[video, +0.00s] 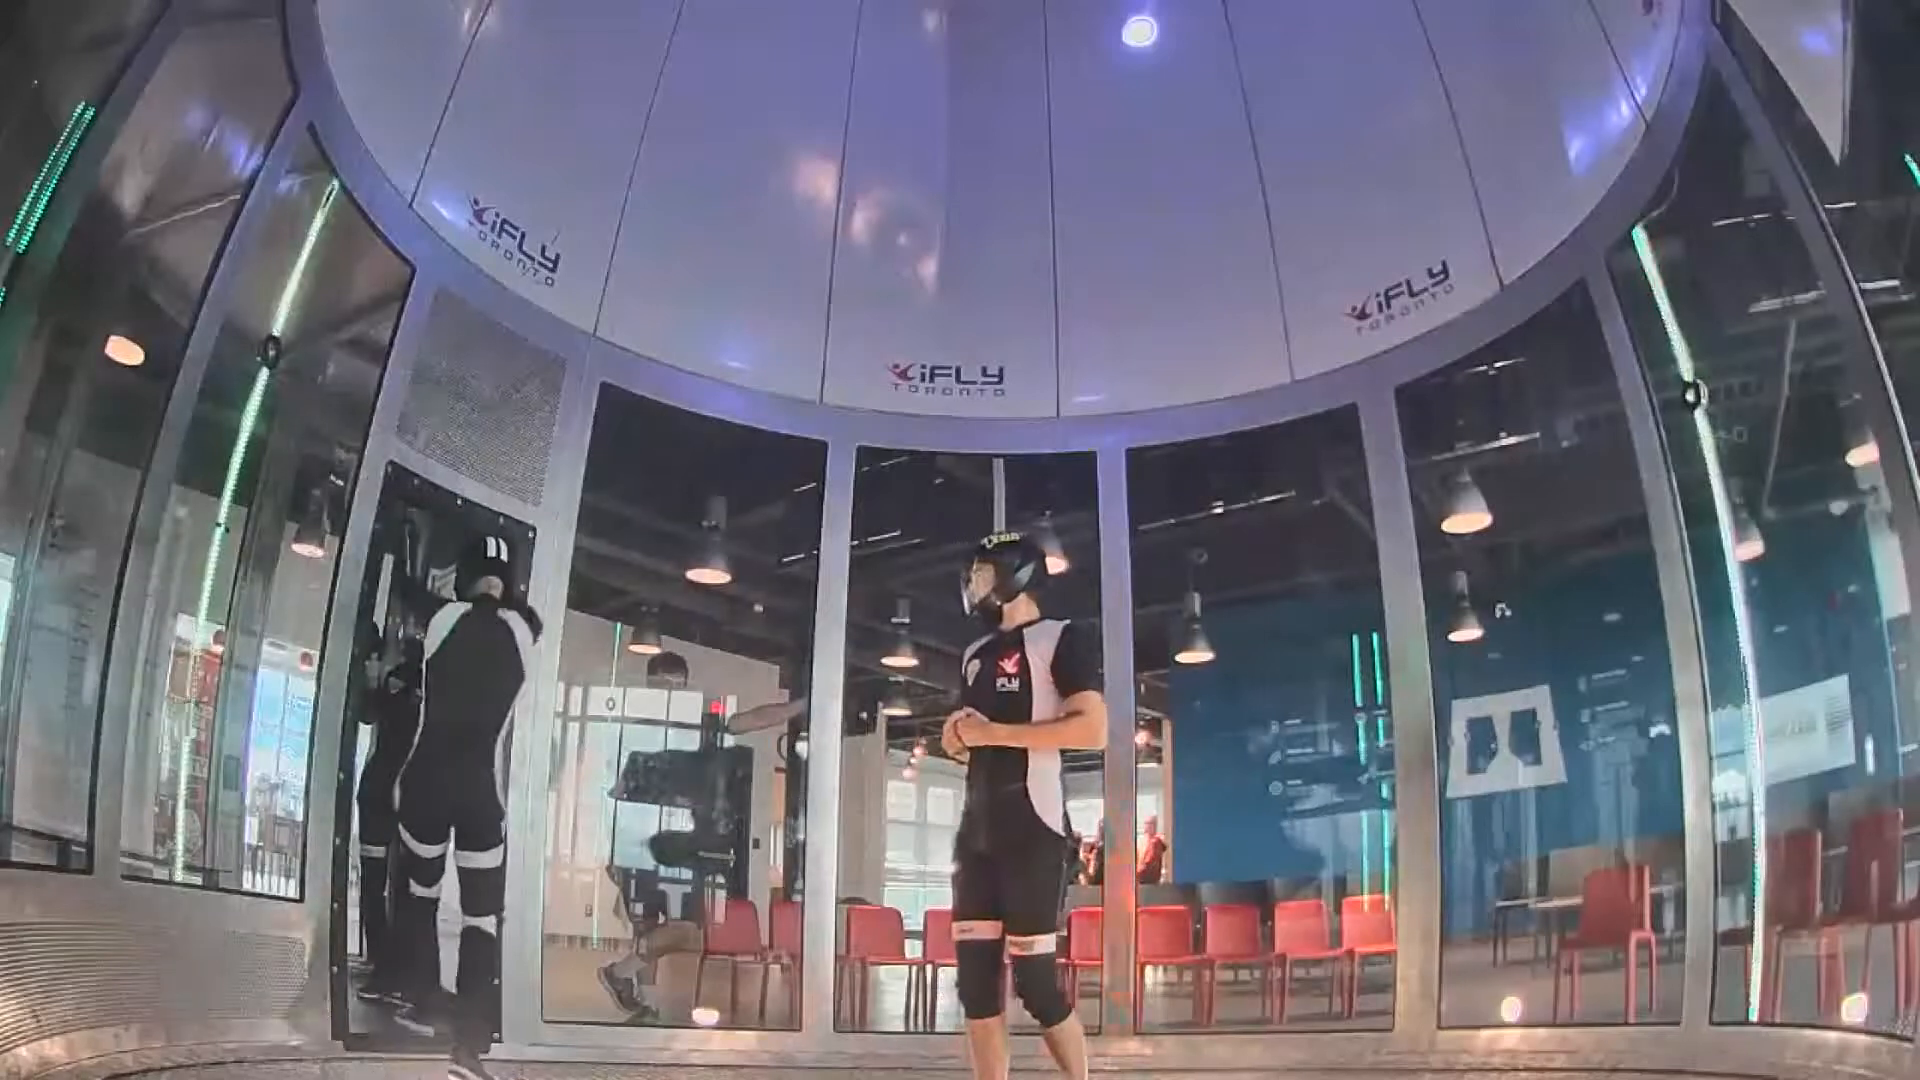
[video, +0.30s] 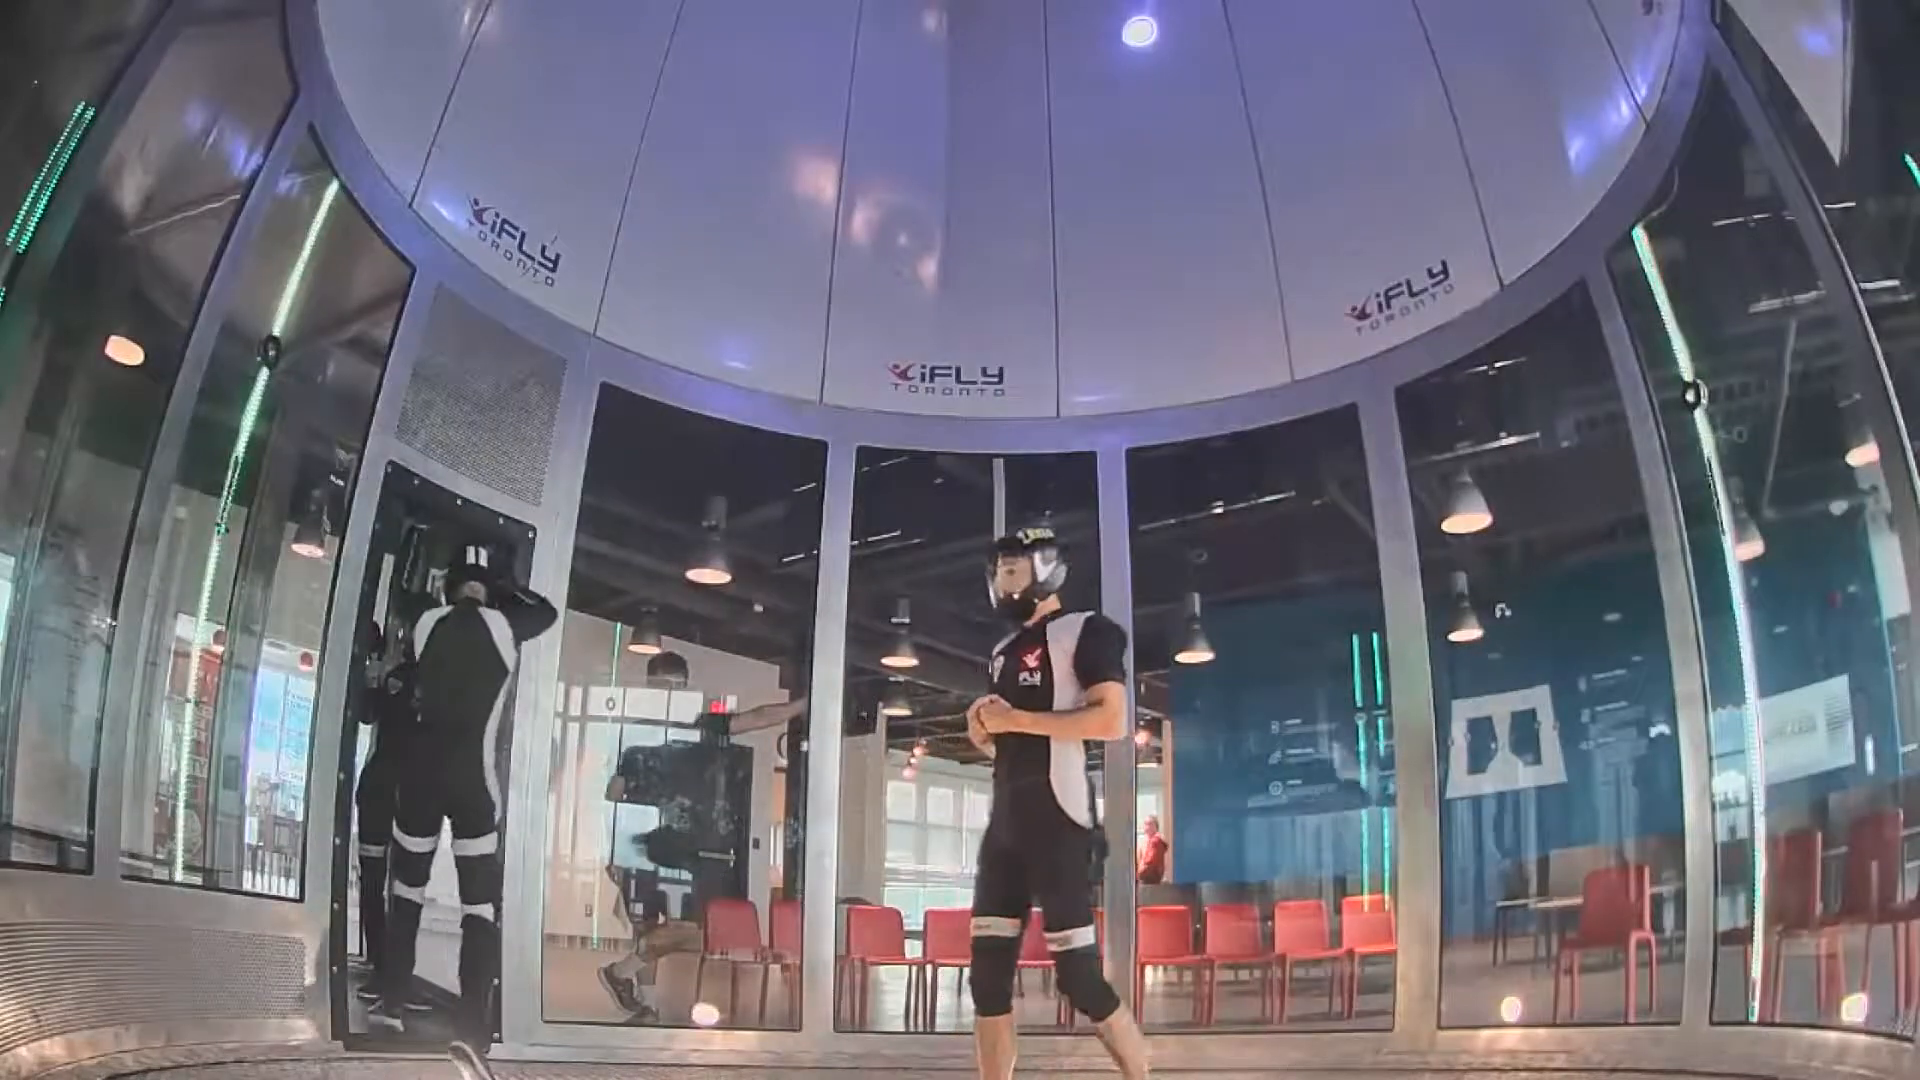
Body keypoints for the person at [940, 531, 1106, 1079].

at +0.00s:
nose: (972, 584)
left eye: (982, 573)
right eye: (972, 575)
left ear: (1017, 575)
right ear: (991, 581)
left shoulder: (1067, 637)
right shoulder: (975, 653)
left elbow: (1092, 729)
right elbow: (965, 751)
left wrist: (995, 731)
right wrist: (954, 737)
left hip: (1036, 828)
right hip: (977, 828)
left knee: (1035, 977)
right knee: (976, 980)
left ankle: (1079, 1076)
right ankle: (991, 1078)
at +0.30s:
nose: (1004, 580)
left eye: (1014, 569)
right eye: (999, 570)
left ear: (1049, 569)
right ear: (996, 577)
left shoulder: (1091, 630)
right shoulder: (1004, 651)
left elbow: (1112, 720)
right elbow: (998, 750)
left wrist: (1020, 720)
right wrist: (980, 730)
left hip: (1064, 822)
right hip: (1007, 821)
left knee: (1079, 975)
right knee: (988, 974)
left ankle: (1140, 1072)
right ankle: (996, 1078)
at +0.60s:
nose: (1072, 583)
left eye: (1084, 571)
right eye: (1063, 573)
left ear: (1109, 577)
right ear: (1053, 583)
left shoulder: (1138, 634)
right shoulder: (1048, 660)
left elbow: (1170, 722)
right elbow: (1052, 760)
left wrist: (1070, 726)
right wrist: (1029, 735)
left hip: (1125, 832)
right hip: (1065, 835)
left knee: (1168, 978)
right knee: (1020, 976)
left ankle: (1237, 1076)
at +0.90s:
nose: (1139, 582)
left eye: (1148, 568)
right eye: (1129, 572)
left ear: (1176, 569)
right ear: (1120, 584)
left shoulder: (1216, 627)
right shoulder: (1119, 657)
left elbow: (1271, 710)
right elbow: (1120, 760)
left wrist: (1176, 731)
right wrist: (1121, 740)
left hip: (1217, 827)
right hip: (1156, 829)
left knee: (1231, 972)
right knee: (1084, 966)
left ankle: (1256, 1078)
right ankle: (1051, 1078)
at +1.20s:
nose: (1176, 577)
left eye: (1187, 565)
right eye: (1168, 567)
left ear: (1215, 568)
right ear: (1160, 575)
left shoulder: (1241, 621)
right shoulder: (1163, 645)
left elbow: (1285, 699)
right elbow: (1166, 755)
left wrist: (1190, 711)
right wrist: (1146, 731)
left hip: (1229, 813)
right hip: (1177, 815)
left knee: (1234, 965)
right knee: (1138, 965)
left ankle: (1256, 1076)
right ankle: (1162, 1077)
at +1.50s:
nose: (1186, 585)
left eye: (1197, 574)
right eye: (1183, 575)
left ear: (1226, 575)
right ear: (1179, 579)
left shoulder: (1252, 622)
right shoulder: (1185, 642)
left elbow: (1274, 703)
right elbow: (1184, 728)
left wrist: (1182, 719)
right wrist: (1149, 733)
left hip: (1224, 812)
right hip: (1175, 813)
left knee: (1223, 961)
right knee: (1166, 965)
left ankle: (1253, 1075)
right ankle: (1179, 1077)